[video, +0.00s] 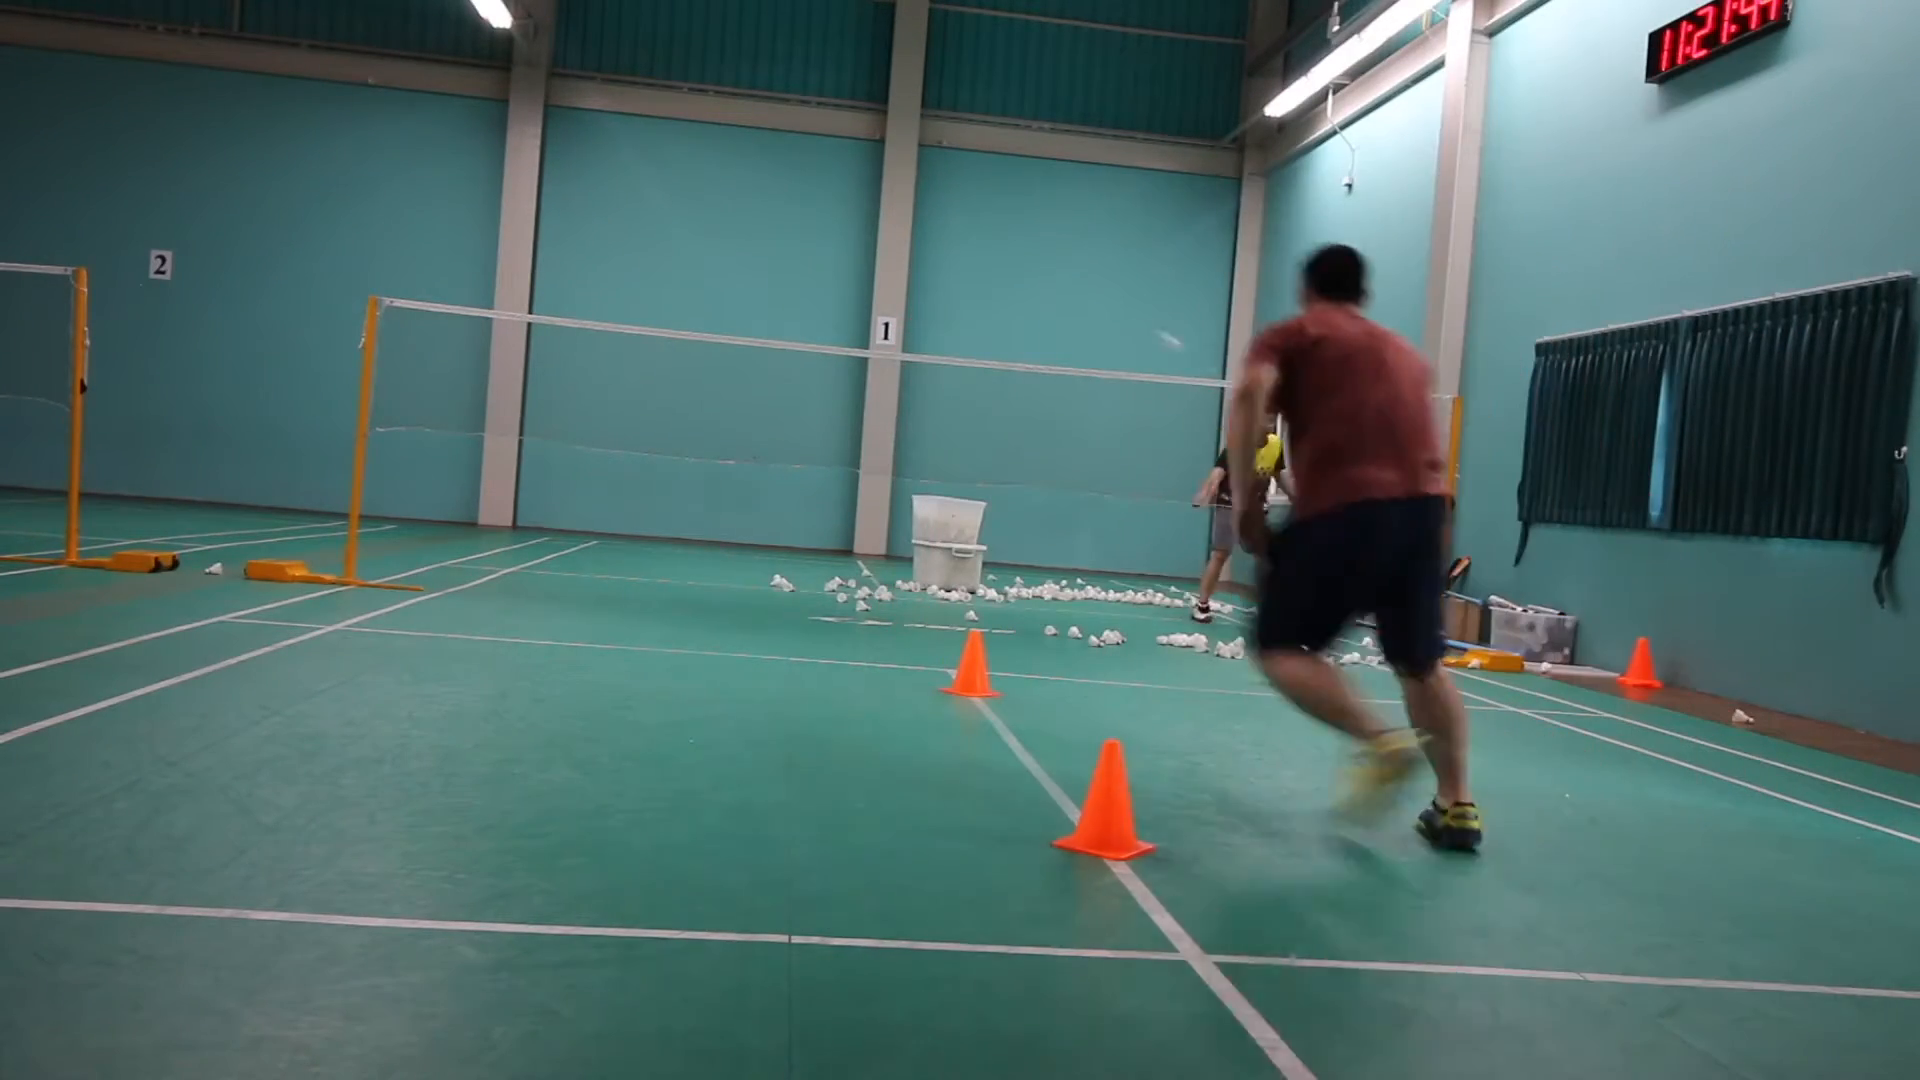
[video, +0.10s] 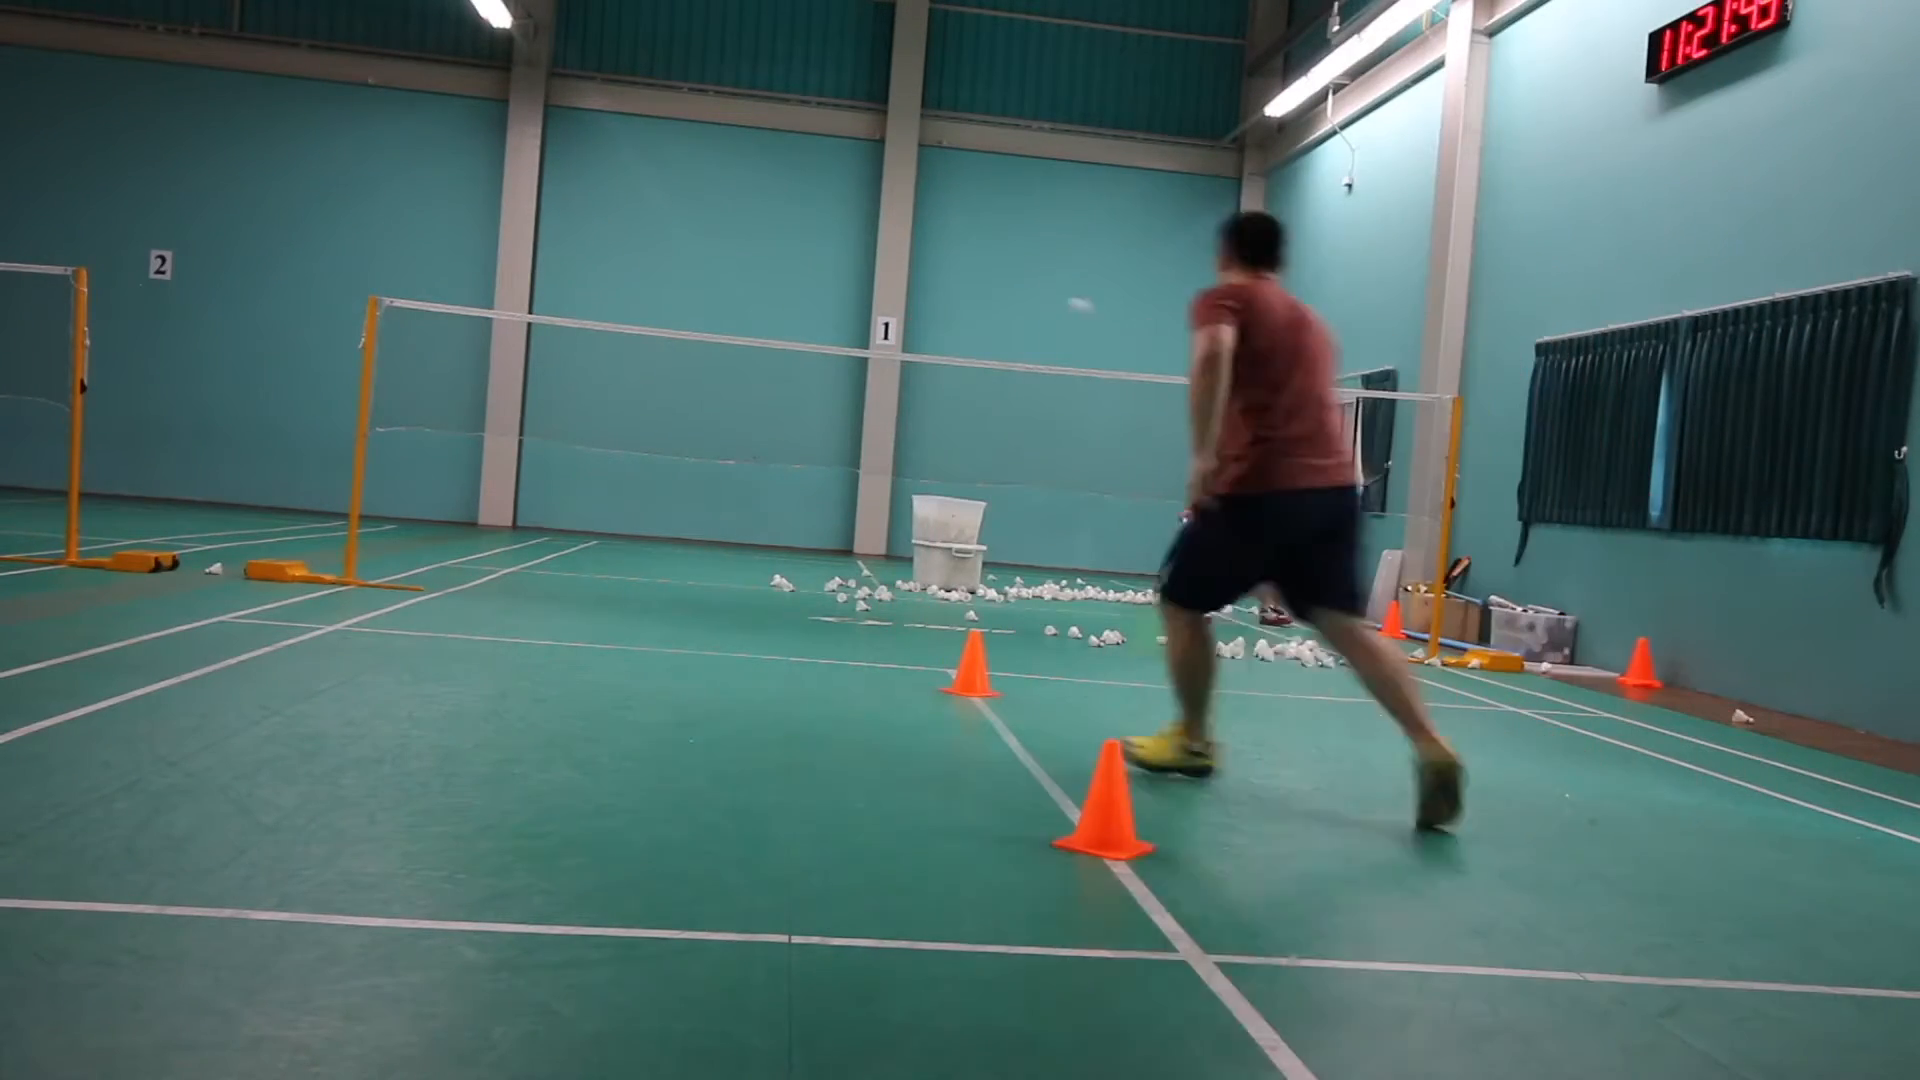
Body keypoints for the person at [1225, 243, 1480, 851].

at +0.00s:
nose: (1311, 302)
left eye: (1307, 293)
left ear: (1307, 291)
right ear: (1364, 296)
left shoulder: (1289, 335)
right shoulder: (1405, 352)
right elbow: (1430, 459)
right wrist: (1434, 543)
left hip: (1338, 518)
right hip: (1418, 517)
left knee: (1280, 647)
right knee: (1421, 661)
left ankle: (1381, 742)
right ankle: (1457, 805)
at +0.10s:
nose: (1218, 267)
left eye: (1219, 257)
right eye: (1228, 259)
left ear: (1226, 256)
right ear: (1276, 260)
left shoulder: (1223, 299)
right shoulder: (1310, 320)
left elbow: (1216, 351)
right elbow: (1320, 409)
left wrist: (1202, 456)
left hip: (1259, 493)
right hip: (1331, 493)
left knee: (1183, 600)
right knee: (1334, 616)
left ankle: (1193, 739)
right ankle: (1431, 748)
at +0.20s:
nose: (1124, 271)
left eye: (1127, 262)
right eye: (1128, 261)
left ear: (1134, 265)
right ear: (1179, 269)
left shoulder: (1146, 320)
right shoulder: (1195, 323)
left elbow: (1142, 399)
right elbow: (1209, 416)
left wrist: (1117, 493)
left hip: (1175, 503)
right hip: (1222, 501)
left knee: (1123, 617)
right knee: (1157, 595)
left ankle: (1179, 738)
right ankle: (1224, 665)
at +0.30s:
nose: (1041, 296)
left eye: (1045, 287)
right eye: (1044, 286)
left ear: (1056, 291)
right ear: (1088, 292)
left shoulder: (1089, 339)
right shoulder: (1089, 343)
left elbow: (1100, 419)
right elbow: (1044, 431)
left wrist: (1072, 507)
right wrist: (984, 481)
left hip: (1134, 510)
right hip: (1124, 505)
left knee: (1074, 629)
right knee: (1061, 585)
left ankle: (1169, 722)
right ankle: (1007, 677)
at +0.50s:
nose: (929, 343)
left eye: (928, 333)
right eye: (928, 334)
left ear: (935, 326)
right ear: (973, 320)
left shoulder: (970, 350)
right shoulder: (989, 354)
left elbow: (1023, 399)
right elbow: (984, 460)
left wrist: (1049, 466)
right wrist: (949, 520)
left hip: (1017, 505)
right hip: (995, 502)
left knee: (961, 619)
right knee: (938, 566)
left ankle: (1068, 678)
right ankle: (938, 685)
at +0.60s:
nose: (934, 300)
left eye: (933, 293)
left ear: (933, 290)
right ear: (982, 295)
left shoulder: (942, 317)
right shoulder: (1003, 334)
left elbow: (945, 364)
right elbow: (1021, 405)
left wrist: (941, 447)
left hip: (989, 475)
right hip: (1026, 476)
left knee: (921, 575)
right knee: (955, 576)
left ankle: (1005, 669)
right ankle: (941, 683)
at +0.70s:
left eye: (939, 275)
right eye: (987, 275)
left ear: (939, 274)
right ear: (991, 276)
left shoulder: (927, 314)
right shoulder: (1021, 328)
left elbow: (897, 375)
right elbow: (1055, 405)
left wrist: (871, 454)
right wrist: (1051, 483)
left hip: (956, 468)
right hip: (1018, 474)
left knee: (911, 576)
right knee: (966, 577)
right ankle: (944, 685)